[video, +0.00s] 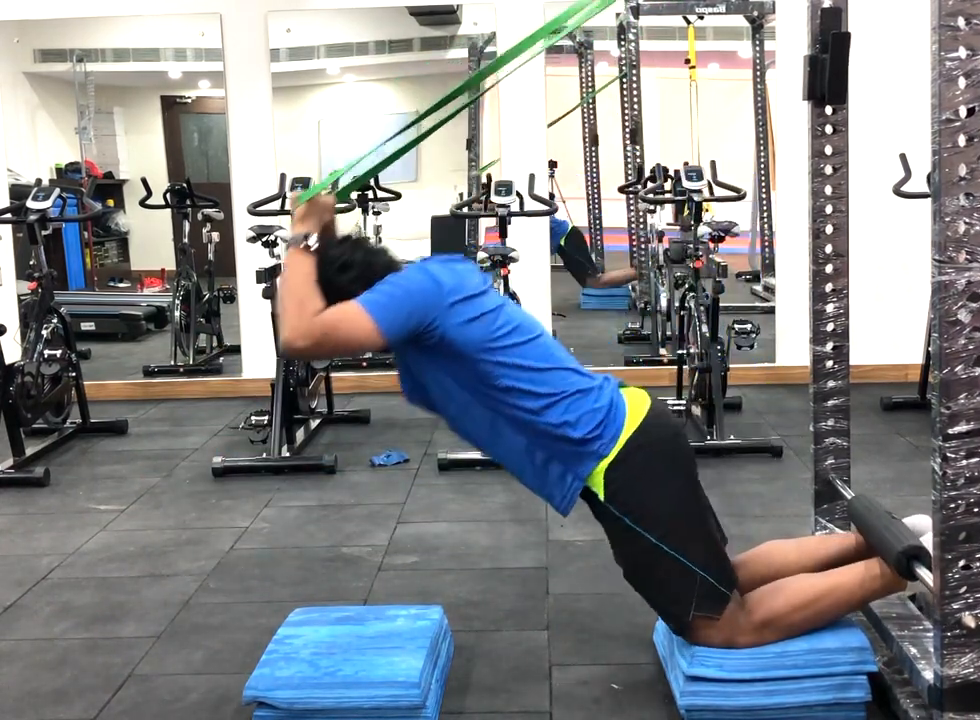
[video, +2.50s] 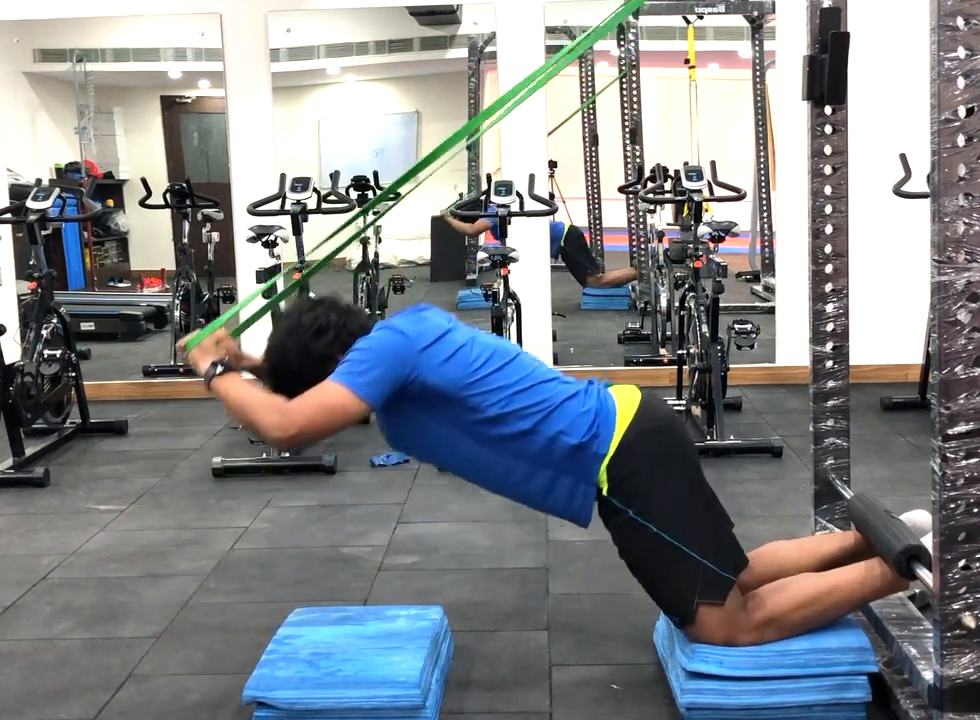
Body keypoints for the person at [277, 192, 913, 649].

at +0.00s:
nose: (335, 328)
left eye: (334, 315)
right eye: (332, 316)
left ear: (356, 296)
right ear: (371, 276)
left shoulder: (428, 287)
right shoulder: (434, 285)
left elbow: (302, 334)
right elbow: (316, 331)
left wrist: (298, 242)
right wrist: (312, 247)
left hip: (623, 459)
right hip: (626, 442)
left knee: (720, 626)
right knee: (712, 584)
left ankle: (897, 571)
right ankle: (860, 539)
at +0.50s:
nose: (244, 479)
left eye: (241, 465)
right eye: (238, 467)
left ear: (263, 441)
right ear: (273, 405)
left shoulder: (325, 428)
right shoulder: (337, 403)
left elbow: (218, 518)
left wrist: (179, 431)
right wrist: (217, 424)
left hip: (574, 496)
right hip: (578, 464)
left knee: (725, 625)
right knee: (710, 586)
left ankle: (904, 567)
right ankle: (863, 536)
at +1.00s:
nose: (228, 595)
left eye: (220, 586)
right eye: (220, 581)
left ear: (240, 567)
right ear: (241, 529)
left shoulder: (294, 535)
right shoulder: (314, 500)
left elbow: (207, 642)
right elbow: (239, 612)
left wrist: (148, 582)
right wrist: (184, 573)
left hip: (547, 531)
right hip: (551, 490)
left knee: (725, 624)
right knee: (718, 583)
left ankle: (902, 563)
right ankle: (863, 531)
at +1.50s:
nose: (236, 576)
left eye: (228, 567)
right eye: (227, 564)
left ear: (239, 550)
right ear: (249, 506)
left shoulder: (294, 520)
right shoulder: (315, 488)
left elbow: (203, 624)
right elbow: (234, 596)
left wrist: (141, 570)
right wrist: (174, 560)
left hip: (545, 524)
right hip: (550, 487)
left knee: (716, 628)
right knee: (715, 580)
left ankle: (898, 567)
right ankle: (863, 535)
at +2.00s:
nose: (260, 506)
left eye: (252, 491)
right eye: (251, 492)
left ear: (264, 460)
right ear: (275, 434)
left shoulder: (319, 444)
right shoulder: (330, 427)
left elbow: (221, 537)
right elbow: (237, 512)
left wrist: (161, 484)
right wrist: (185, 470)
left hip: (570, 491)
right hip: (573, 466)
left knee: (723, 623)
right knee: (713, 579)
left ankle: (897, 568)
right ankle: (858, 535)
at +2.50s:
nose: (318, 400)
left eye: (315, 387)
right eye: (313, 389)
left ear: (328, 355)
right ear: (343, 332)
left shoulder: (393, 342)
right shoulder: (400, 335)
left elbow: (283, 427)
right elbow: (299, 417)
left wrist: (218, 376)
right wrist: (239, 371)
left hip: (624, 454)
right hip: (623, 439)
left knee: (726, 628)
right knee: (720, 586)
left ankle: (901, 569)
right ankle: (859, 534)